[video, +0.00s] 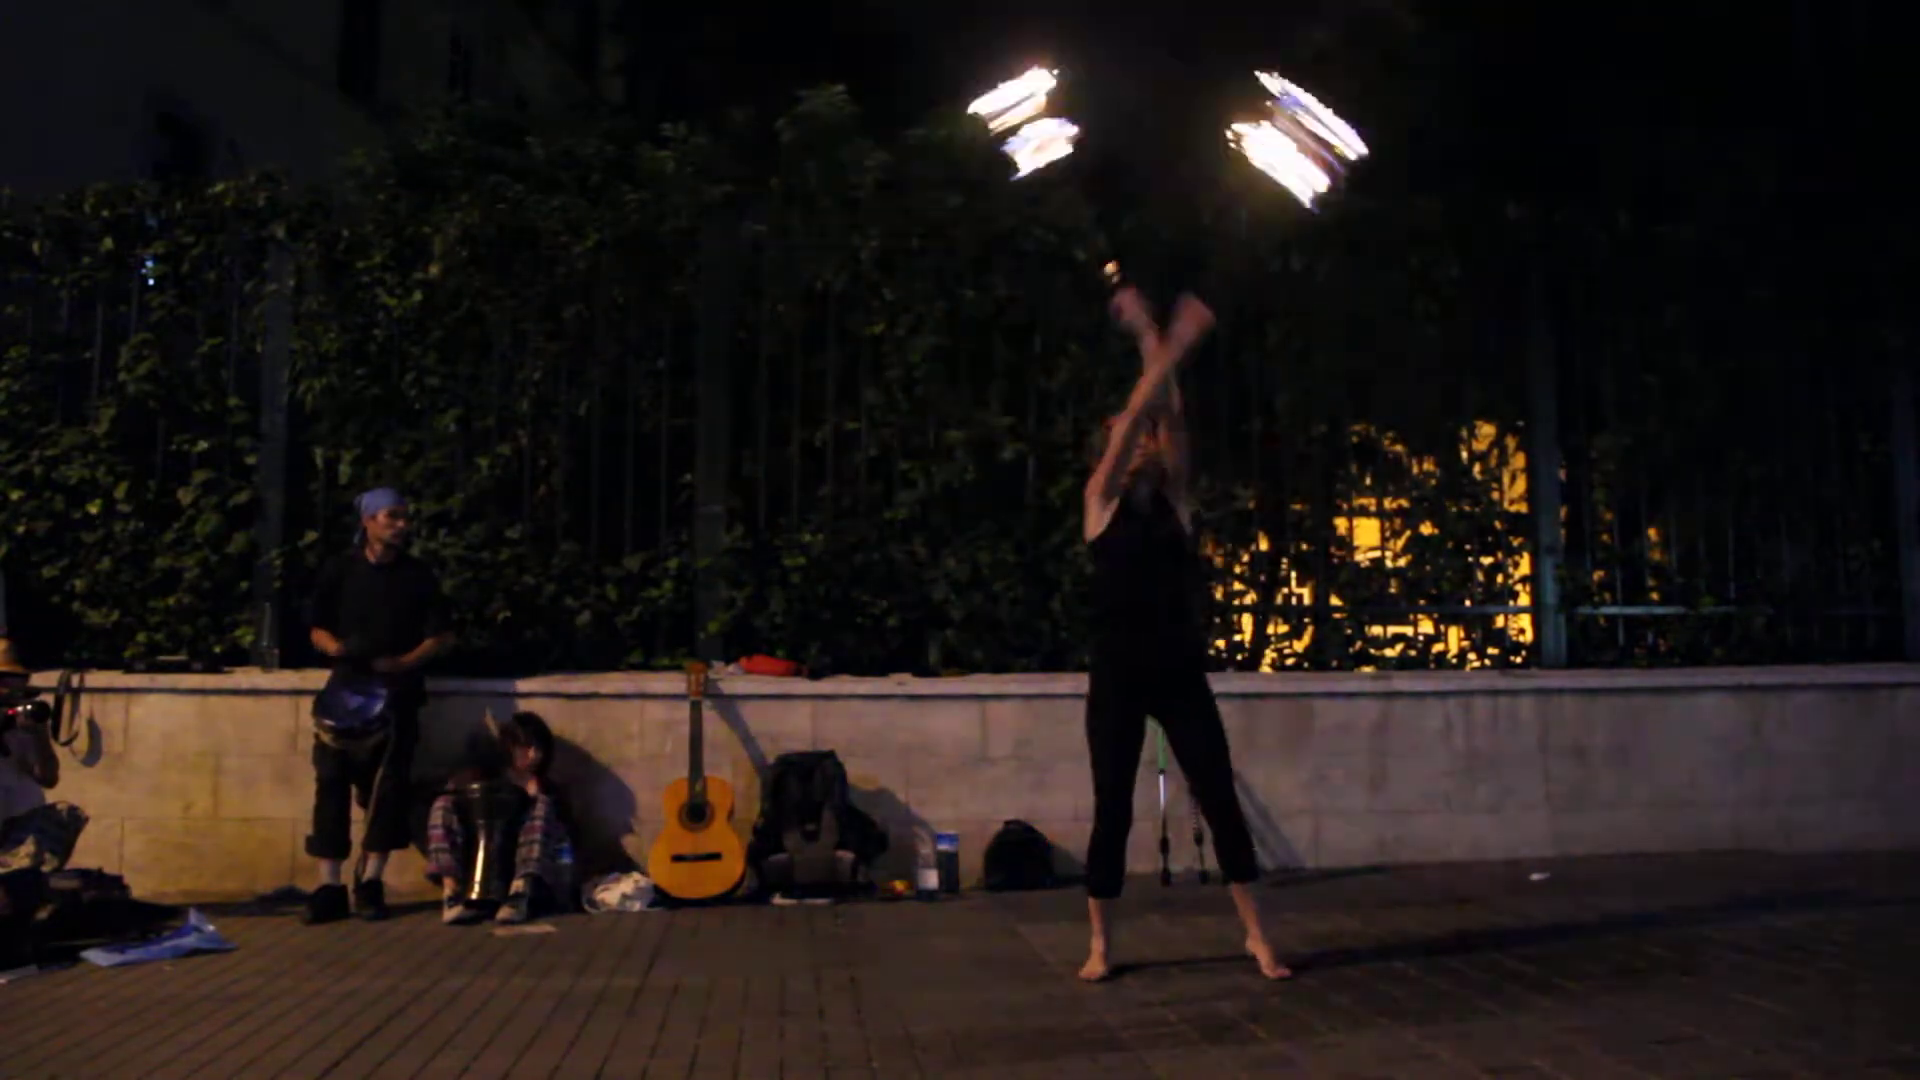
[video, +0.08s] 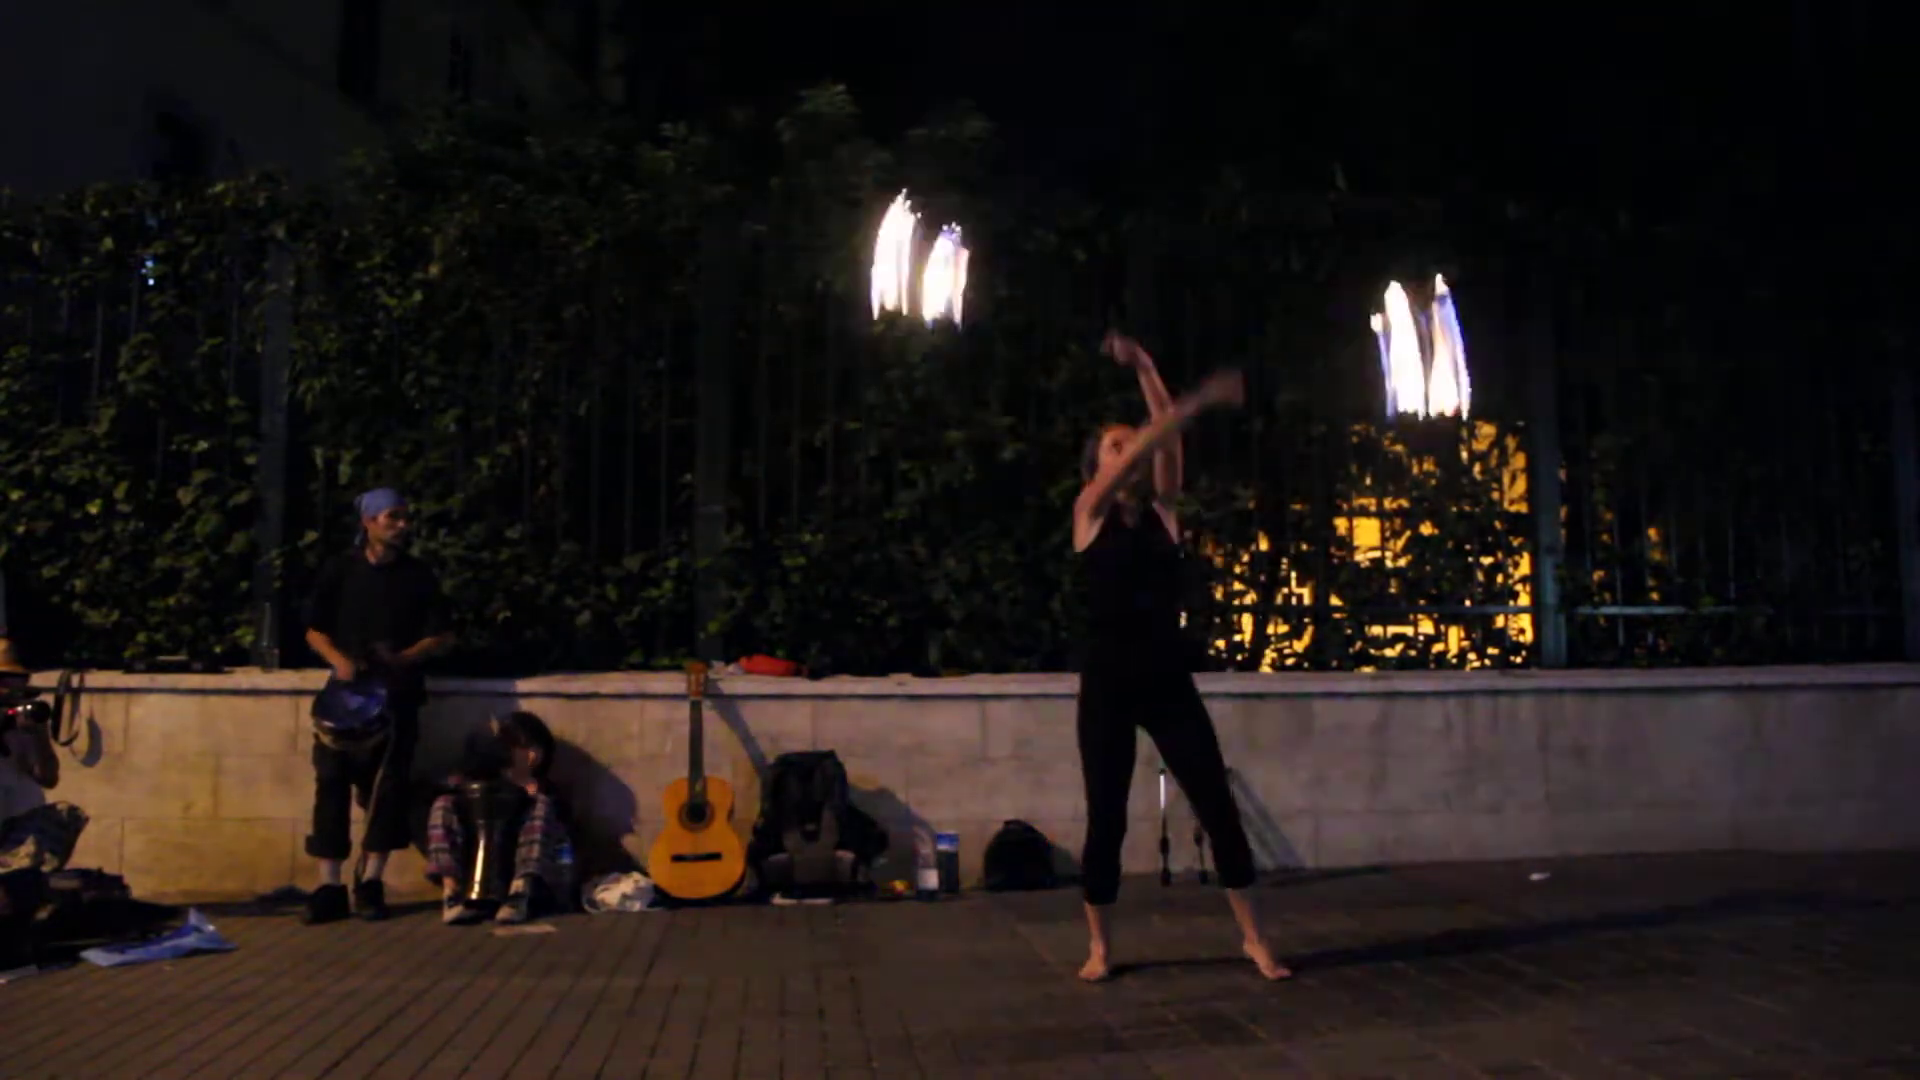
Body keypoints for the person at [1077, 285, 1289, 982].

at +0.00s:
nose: (1147, 441)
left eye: (1156, 433)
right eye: (1136, 434)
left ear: (1170, 448)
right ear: (1115, 450)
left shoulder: (1175, 500)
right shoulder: (1103, 504)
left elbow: (1172, 418)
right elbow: (1128, 424)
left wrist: (1145, 333)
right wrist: (1175, 346)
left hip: (1182, 673)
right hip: (1118, 677)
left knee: (1221, 803)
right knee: (1113, 811)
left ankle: (1255, 934)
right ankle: (1099, 943)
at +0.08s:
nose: (1128, 455)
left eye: (1136, 447)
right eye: (1117, 448)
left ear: (1147, 459)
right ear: (1093, 462)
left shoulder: (1162, 514)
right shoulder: (1090, 518)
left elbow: (1164, 443)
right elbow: (1124, 458)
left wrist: (1143, 366)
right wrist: (1197, 402)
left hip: (1168, 681)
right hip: (1108, 685)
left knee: (1217, 806)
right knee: (1106, 817)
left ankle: (1252, 937)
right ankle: (1098, 944)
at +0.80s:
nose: (1119, 456)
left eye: (1127, 448)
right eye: (1109, 450)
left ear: (1143, 460)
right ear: (1094, 464)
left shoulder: (1162, 511)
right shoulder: (1085, 512)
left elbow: (1165, 429)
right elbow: (1070, 420)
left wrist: (1120, 411)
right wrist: (1089, 373)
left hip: (1165, 675)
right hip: (1101, 679)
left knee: (1211, 804)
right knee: (1104, 817)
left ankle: (1245, 929)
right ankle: (1099, 943)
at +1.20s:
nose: (1183, 432)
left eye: (1192, 425)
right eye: (1172, 425)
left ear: (1207, 443)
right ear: (1156, 440)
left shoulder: (1216, 497)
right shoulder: (1140, 492)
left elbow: (1205, 405)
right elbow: (1156, 402)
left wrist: (1183, 323)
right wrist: (1167, 318)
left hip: (1212, 663)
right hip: (1148, 664)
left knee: (1233, 799)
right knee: (1132, 799)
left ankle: (1242, 937)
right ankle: (1106, 935)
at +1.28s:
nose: (1190, 436)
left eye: (1199, 426)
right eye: (1179, 428)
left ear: (1216, 436)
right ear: (1161, 443)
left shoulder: (1230, 492)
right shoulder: (1152, 496)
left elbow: (1227, 439)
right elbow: (1186, 481)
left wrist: (1187, 369)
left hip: (1224, 669)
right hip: (1161, 670)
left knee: (1243, 806)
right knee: (1140, 804)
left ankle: (1237, 944)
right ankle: (1106, 938)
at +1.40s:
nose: (1221, 452)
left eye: (1226, 443)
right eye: (1206, 444)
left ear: (1239, 458)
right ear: (1184, 464)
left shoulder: (1263, 518)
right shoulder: (1176, 525)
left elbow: (1253, 553)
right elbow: (1227, 576)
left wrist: (1210, 521)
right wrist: (1299, 591)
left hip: (1241, 690)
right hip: (1178, 690)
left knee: (1260, 818)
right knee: (1149, 815)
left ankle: (1238, 950)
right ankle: (1107, 941)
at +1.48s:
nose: (1226, 449)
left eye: (1231, 440)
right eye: (1213, 443)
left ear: (1245, 452)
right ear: (1195, 461)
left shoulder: (1268, 519)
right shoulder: (1186, 525)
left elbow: (1286, 572)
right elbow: (1220, 603)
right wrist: (1268, 666)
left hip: (1248, 686)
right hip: (1187, 689)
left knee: (1265, 816)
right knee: (1153, 810)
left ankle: (1243, 949)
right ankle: (1106, 938)